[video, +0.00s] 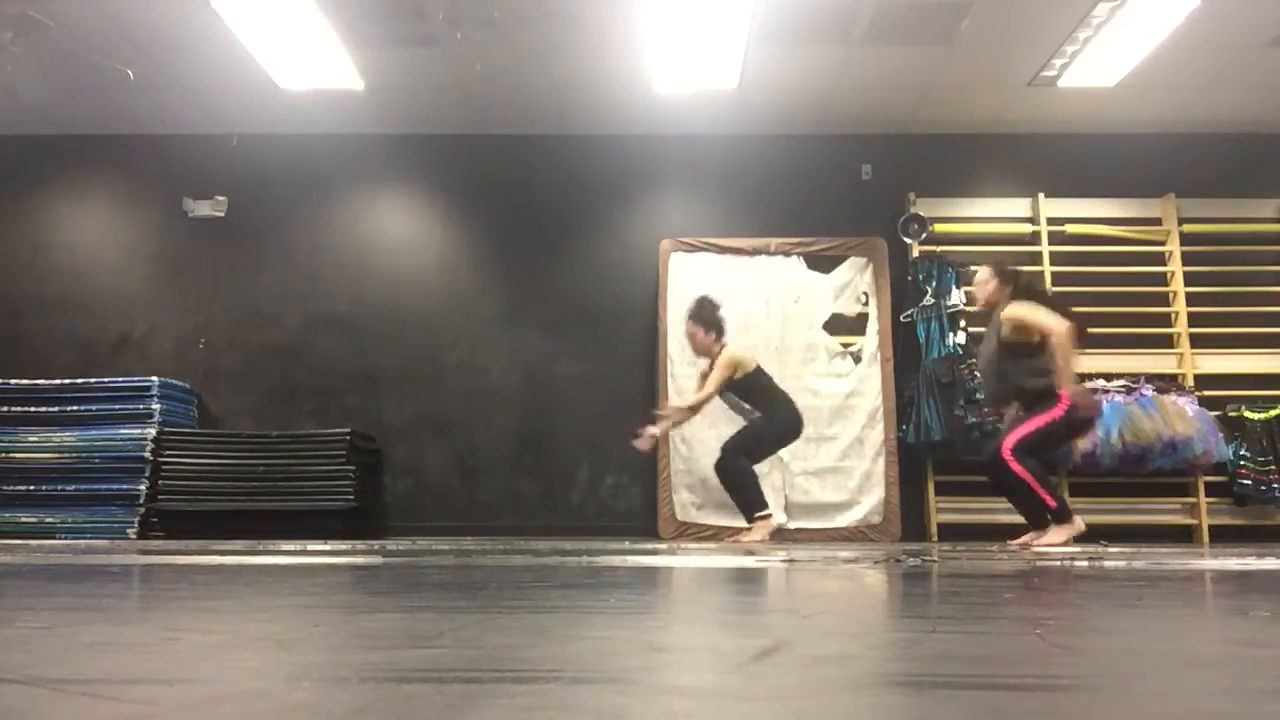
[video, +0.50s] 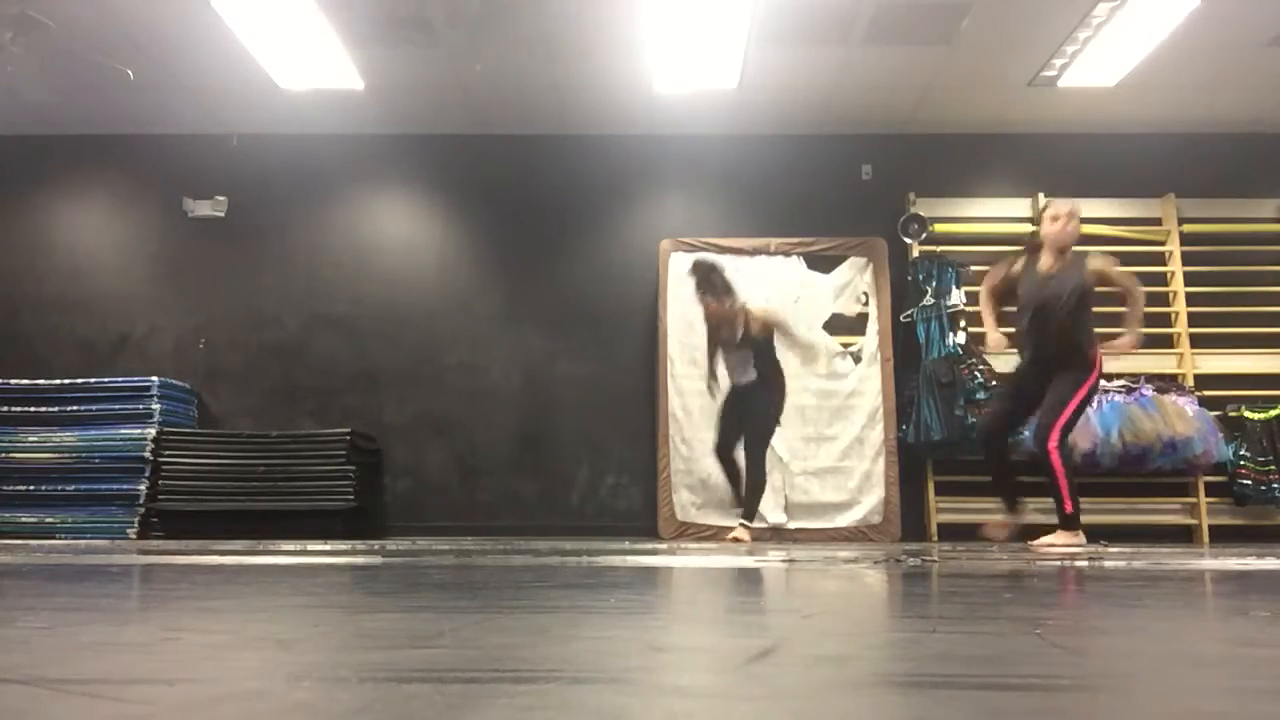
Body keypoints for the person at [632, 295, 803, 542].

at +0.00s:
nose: (689, 341)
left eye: (693, 335)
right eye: (688, 335)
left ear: (710, 334)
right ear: (707, 334)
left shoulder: (729, 359)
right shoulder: (709, 372)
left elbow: (703, 399)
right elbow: (693, 409)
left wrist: (677, 408)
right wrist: (659, 430)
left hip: (784, 420)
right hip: (770, 421)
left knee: (733, 456)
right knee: (724, 465)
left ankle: (763, 520)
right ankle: (757, 522)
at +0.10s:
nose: (684, 363)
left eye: (687, 356)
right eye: (682, 357)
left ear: (705, 351)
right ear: (695, 354)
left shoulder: (724, 367)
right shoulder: (711, 378)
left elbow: (691, 399)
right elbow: (681, 412)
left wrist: (652, 399)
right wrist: (639, 415)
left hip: (792, 416)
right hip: (778, 417)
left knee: (744, 456)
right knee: (734, 460)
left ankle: (761, 525)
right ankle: (758, 524)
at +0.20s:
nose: (684, 371)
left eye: (688, 364)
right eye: (681, 365)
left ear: (706, 359)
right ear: (683, 362)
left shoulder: (724, 371)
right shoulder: (706, 383)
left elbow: (693, 408)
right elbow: (679, 415)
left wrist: (654, 398)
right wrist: (639, 407)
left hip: (794, 411)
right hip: (778, 412)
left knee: (748, 455)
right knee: (740, 458)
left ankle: (751, 524)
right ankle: (758, 523)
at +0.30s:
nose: (687, 361)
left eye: (690, 354)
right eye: (684, 355)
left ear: (709, 352)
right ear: (683, 354)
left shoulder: (729, 368)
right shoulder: (701, 370)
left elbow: (714, 414)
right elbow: (696, 409)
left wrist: (671, 410)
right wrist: (662, 411)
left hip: (790, 406)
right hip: (765, 409)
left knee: (756, 456)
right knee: (741, 458)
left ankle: (749, 524)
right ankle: (759, 523)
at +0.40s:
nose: (692, 339)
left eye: (696, 332)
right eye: (690, 333)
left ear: (714, 329)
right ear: (692, 333)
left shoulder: (743, 352)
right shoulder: (704, 352)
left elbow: (768, 387)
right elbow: (708, 383)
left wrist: (749, 411)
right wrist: (701, 413)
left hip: (782, 397)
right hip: (755, 399)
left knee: (756, 453)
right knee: (741, 454)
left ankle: (750, 522)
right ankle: (757, 522)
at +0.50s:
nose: (707, 307)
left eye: (710, 301)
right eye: (704, 302)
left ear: (723, 296)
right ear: (705, 300)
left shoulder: (758, 318)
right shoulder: (712, 317)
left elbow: (792, 336)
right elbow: (712, 343)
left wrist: (821, 351)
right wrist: (711, 371)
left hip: (766, 389)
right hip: (738, 390)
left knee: (755, 452)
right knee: (723, 450)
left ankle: (746, 522)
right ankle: (742, 504)